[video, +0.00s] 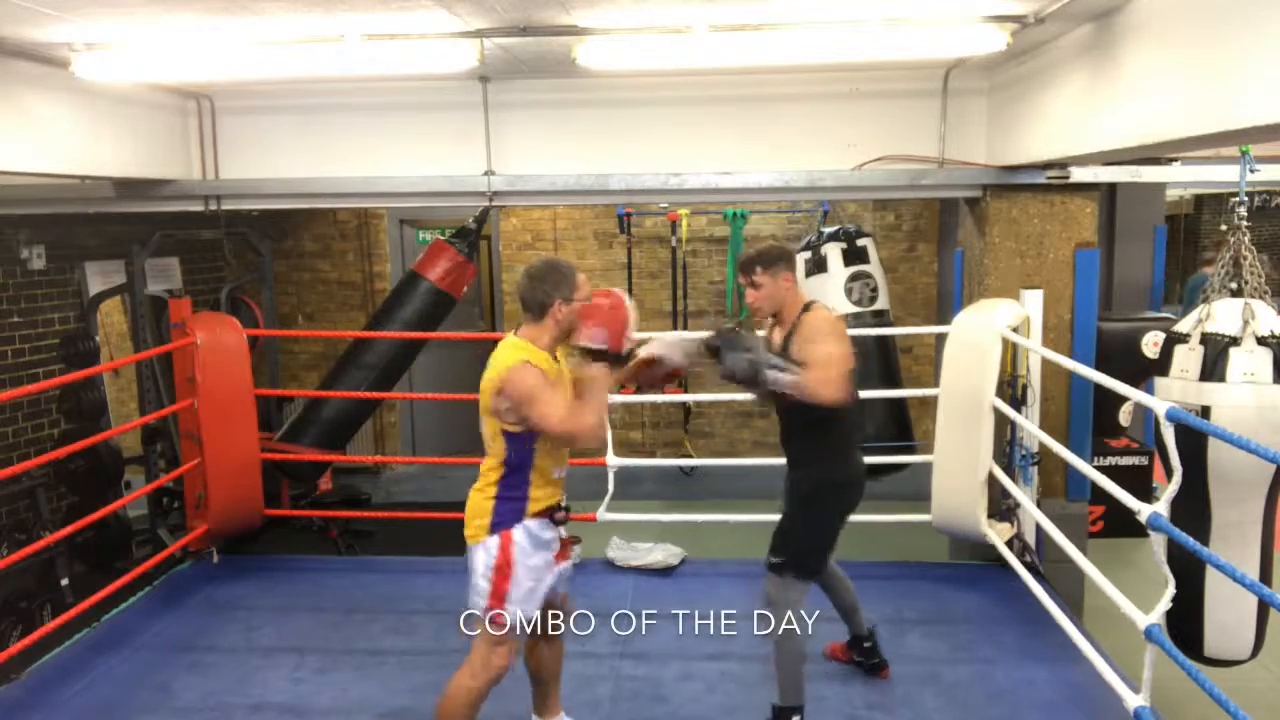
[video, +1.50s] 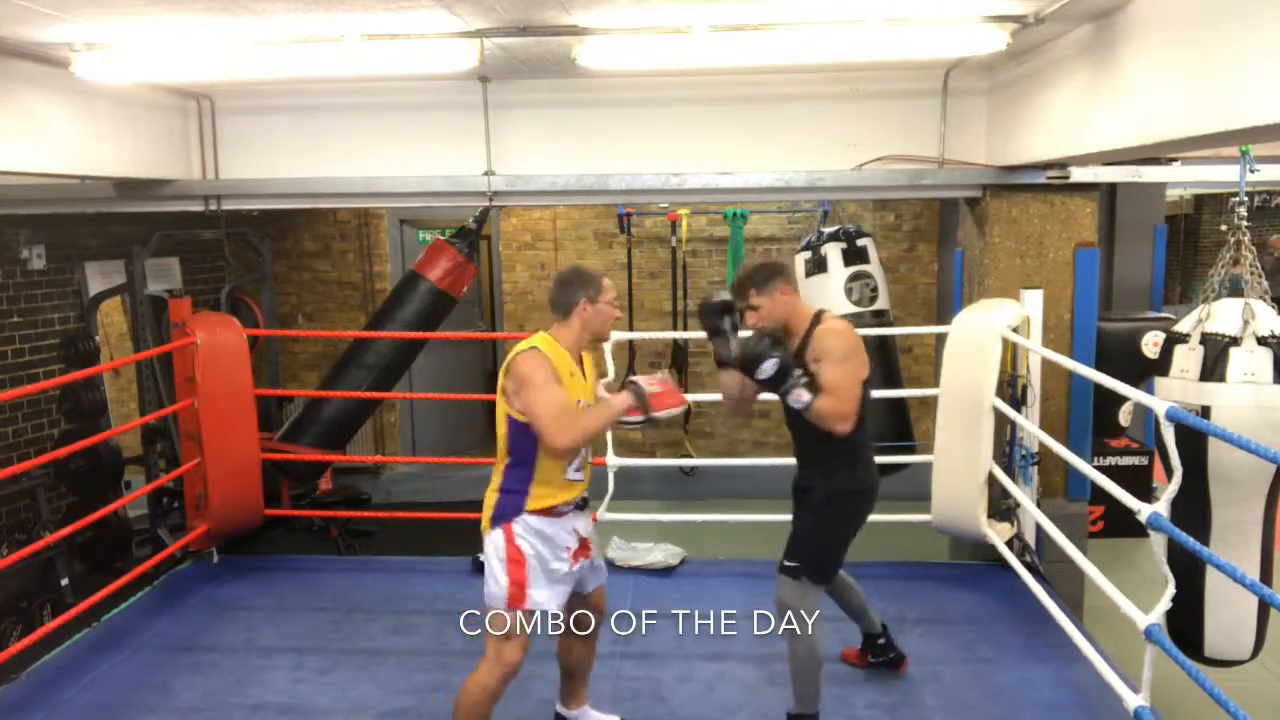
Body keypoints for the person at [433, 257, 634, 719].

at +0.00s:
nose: (589, 312)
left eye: (587, 302)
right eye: (583, 302)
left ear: (553, 309)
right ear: (558, 310)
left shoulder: (551, 355)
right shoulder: (516, 370)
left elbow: (577, 407)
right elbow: (585, 430)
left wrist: (624, 374)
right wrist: (596, 365)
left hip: (541, 517)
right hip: (506, 525)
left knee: (551, 622)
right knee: (492, 658)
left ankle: (549, 713)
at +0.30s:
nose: (601, 313)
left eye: (600, 304)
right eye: (595, 304)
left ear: (565, 311)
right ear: (567, 312)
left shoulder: (571, 355)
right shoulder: (512, 373)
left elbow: (618, 373)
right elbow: (509, 463)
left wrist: (675, 355)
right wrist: (581, 462)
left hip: (554, 515)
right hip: (510, 525)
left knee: (566, 617)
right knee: (497, 656)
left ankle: (552, 711)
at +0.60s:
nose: (624, 322)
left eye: (625, 313)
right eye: (619, 315)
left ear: (565, 314)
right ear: (589, 325)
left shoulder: (528, 339)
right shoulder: (589, 382)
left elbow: (575, 336)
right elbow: (671, 425)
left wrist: (619, 326)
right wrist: (744, 416)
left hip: (539, 512)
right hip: (521, 523)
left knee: (561, 602)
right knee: (490, 649)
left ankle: (556, 707)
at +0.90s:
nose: (600, 314)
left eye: (598, 304)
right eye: (593, 306)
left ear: (562, 311)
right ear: (565, 313)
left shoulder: (551, 350)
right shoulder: (530, 377)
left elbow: (597, 367)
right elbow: (543, 471)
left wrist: (653, 344)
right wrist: (613, 488)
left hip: (552, 510)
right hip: (519, 520)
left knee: (558, 613)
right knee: (501, 646)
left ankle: (557, 710)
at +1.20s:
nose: (588, 311)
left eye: (587, 301)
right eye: (581, 303)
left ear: (552, 312)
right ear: (553, 312)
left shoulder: (558, 355)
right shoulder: (502, 373)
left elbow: (586, 410)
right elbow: (539, 451)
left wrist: (645, 390)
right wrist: (583, 391)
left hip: (549, 517)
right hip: (501, 531)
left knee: (570, 617)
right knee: (486, 659)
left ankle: (571, 708)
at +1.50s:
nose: (617, 314)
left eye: (616, 304)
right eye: (611, 304)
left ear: (583, 307)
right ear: (583, 307)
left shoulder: (584, 358)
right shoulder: (531, 361)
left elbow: (583, 411)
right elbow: (560, 434)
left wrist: (633, 399)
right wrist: (624, 399)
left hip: (569, 514)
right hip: (521, 523)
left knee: (588, 609)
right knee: (505, 656)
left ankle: (573, 708)